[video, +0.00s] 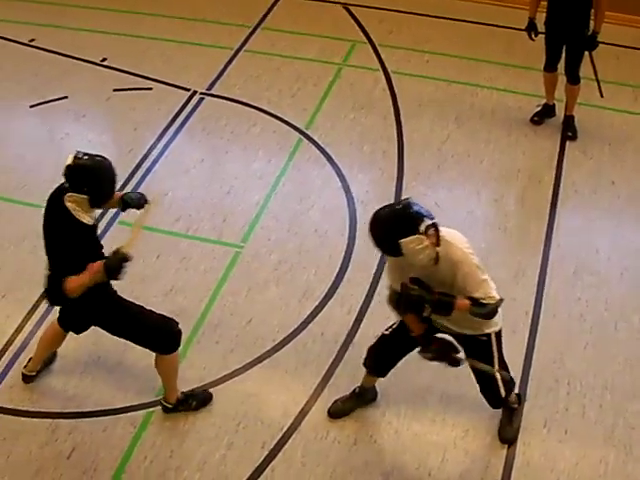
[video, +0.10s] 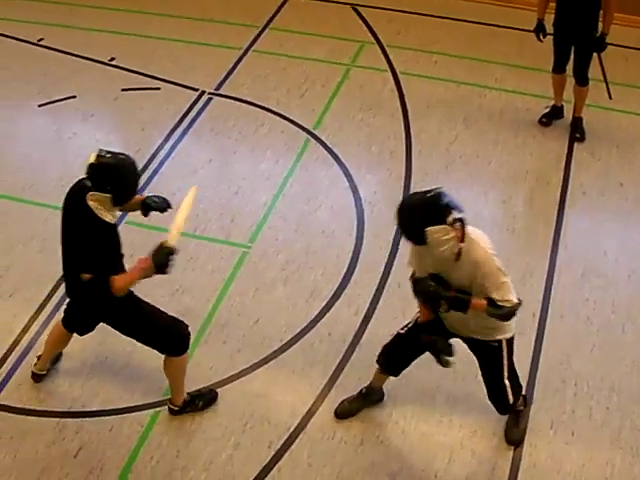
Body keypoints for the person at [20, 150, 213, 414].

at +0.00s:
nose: (106, 197)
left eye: (106, 193)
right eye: (103, 193)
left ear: (79, 182)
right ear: (88, 193)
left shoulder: (64, 194)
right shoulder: (66, 230)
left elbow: (96, 201)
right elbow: (61, 289)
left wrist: (123, 201)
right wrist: (101, 271)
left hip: (80, 290)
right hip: (93, 300)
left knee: (64, 324)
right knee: (167, 333)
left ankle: (32, 367)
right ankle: (173, 398)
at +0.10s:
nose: (132, 196)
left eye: (132, 190)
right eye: (129, 191)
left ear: (98, 180)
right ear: (113, 195)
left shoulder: (80, 191)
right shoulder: (100, 232)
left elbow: (113, 204)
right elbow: (114, 287)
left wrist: (143, 203)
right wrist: (149, 266)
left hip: (79, 289)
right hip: (104, 299)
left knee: (69, 323)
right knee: (177, 335)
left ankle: (41, 366)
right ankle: (179, 400)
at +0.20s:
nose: (156, 200)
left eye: (157, 196)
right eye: (153, 196)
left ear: (121, 181)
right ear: (137, 198)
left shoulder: (99, 189)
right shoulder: (123, 234)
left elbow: (128, 205)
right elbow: (129, 292)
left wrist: (159, 207)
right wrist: (179, 268)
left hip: (88, 288)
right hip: (116, 302)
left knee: (87, 321)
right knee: (183, 337)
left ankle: (61, 370)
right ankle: (184, 400)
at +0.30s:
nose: (172, 204)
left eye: (175, 199)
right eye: (169, 200)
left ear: (135, 182)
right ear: (150, 199)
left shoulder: (112, 189)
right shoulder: (137, 235)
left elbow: (138, 200)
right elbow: (155, 293)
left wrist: (171, 199)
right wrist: (201, 254)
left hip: (97, 284)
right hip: (124, 302)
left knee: (107, 324)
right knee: (188, 338)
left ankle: (89, 381)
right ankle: (190, 401)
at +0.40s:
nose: (168, 198)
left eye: (170, 193)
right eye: (166, 193)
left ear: (134, 179)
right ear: (153, 195)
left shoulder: (115, 187)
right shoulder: (135, 228)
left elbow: (144, 210)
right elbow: (169, 279)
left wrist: (175, 208)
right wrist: (206, 233)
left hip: (102, 286)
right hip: (129, 299)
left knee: (122, 331)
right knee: (187, 342)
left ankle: (114, 393)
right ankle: (189, 402)